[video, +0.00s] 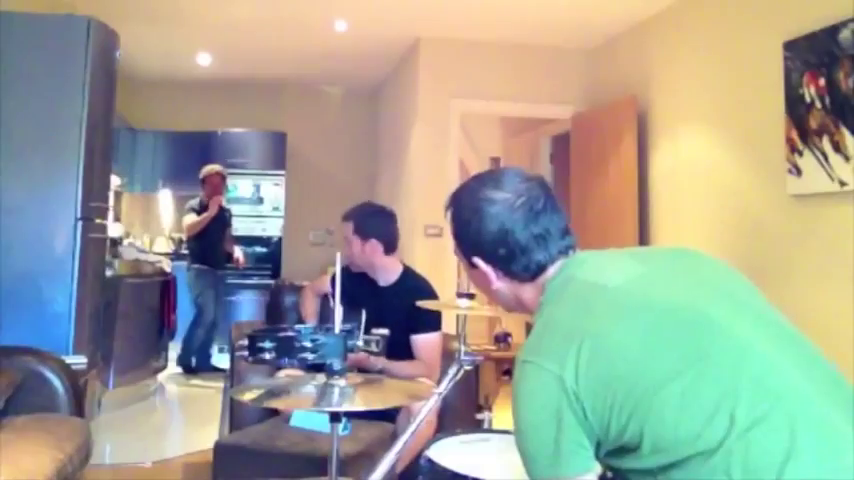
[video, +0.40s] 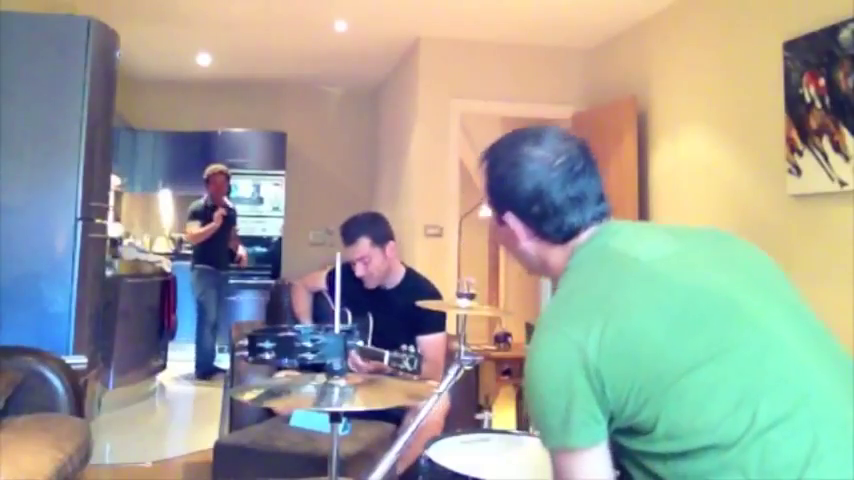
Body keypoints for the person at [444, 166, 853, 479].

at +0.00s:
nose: (471, 278)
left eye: (466, 266)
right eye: (466, 265)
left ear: (485, 272)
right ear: (556, 221)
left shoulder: (545, 367)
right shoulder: (671, 257)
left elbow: (572, 474)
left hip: (767, 468)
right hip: (844, 438)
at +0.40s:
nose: (495, 228)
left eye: (493, 217)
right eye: (492, 215)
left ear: (513, 227)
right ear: (590, 185)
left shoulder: (560, 346)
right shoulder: (708, 241)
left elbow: (586, 471)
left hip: (765, 466)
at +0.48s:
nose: (509, 215)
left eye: (509, 201)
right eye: (508, 198)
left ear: (530, 210)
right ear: (609, 175)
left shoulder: (570, 323)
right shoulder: (725, 235)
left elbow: (599, 476)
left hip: (760, 467)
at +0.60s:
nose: (546, 179)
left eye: (549, 164)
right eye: (547, 162)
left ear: (571, 171)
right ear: (653, 147)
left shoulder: (597, 279)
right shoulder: (762, 226)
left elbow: (628, 471)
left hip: (749, 468)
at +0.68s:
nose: (571, 157)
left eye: (573, 142)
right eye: (572, 141)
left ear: (598, 152)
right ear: (681, 134)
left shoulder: (616, 259)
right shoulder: (785, 220)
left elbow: (651, 468)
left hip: (748, 468)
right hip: (843, 460)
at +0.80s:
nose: (623, 132)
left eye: (625, 113)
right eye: (624, 113)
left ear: (649, 121)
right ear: (734, 116)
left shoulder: (666, 232)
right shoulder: (825, 215)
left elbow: (702, 462)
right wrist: (693, 439)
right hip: (841, 464)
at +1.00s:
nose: (672, 95)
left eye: (678, 77)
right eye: (676, 76)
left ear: (705, 92)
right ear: (796, 97)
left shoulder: (736, 215)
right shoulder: (842, 190)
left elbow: (754, 462)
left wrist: (684, 453)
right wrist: (735, 422)